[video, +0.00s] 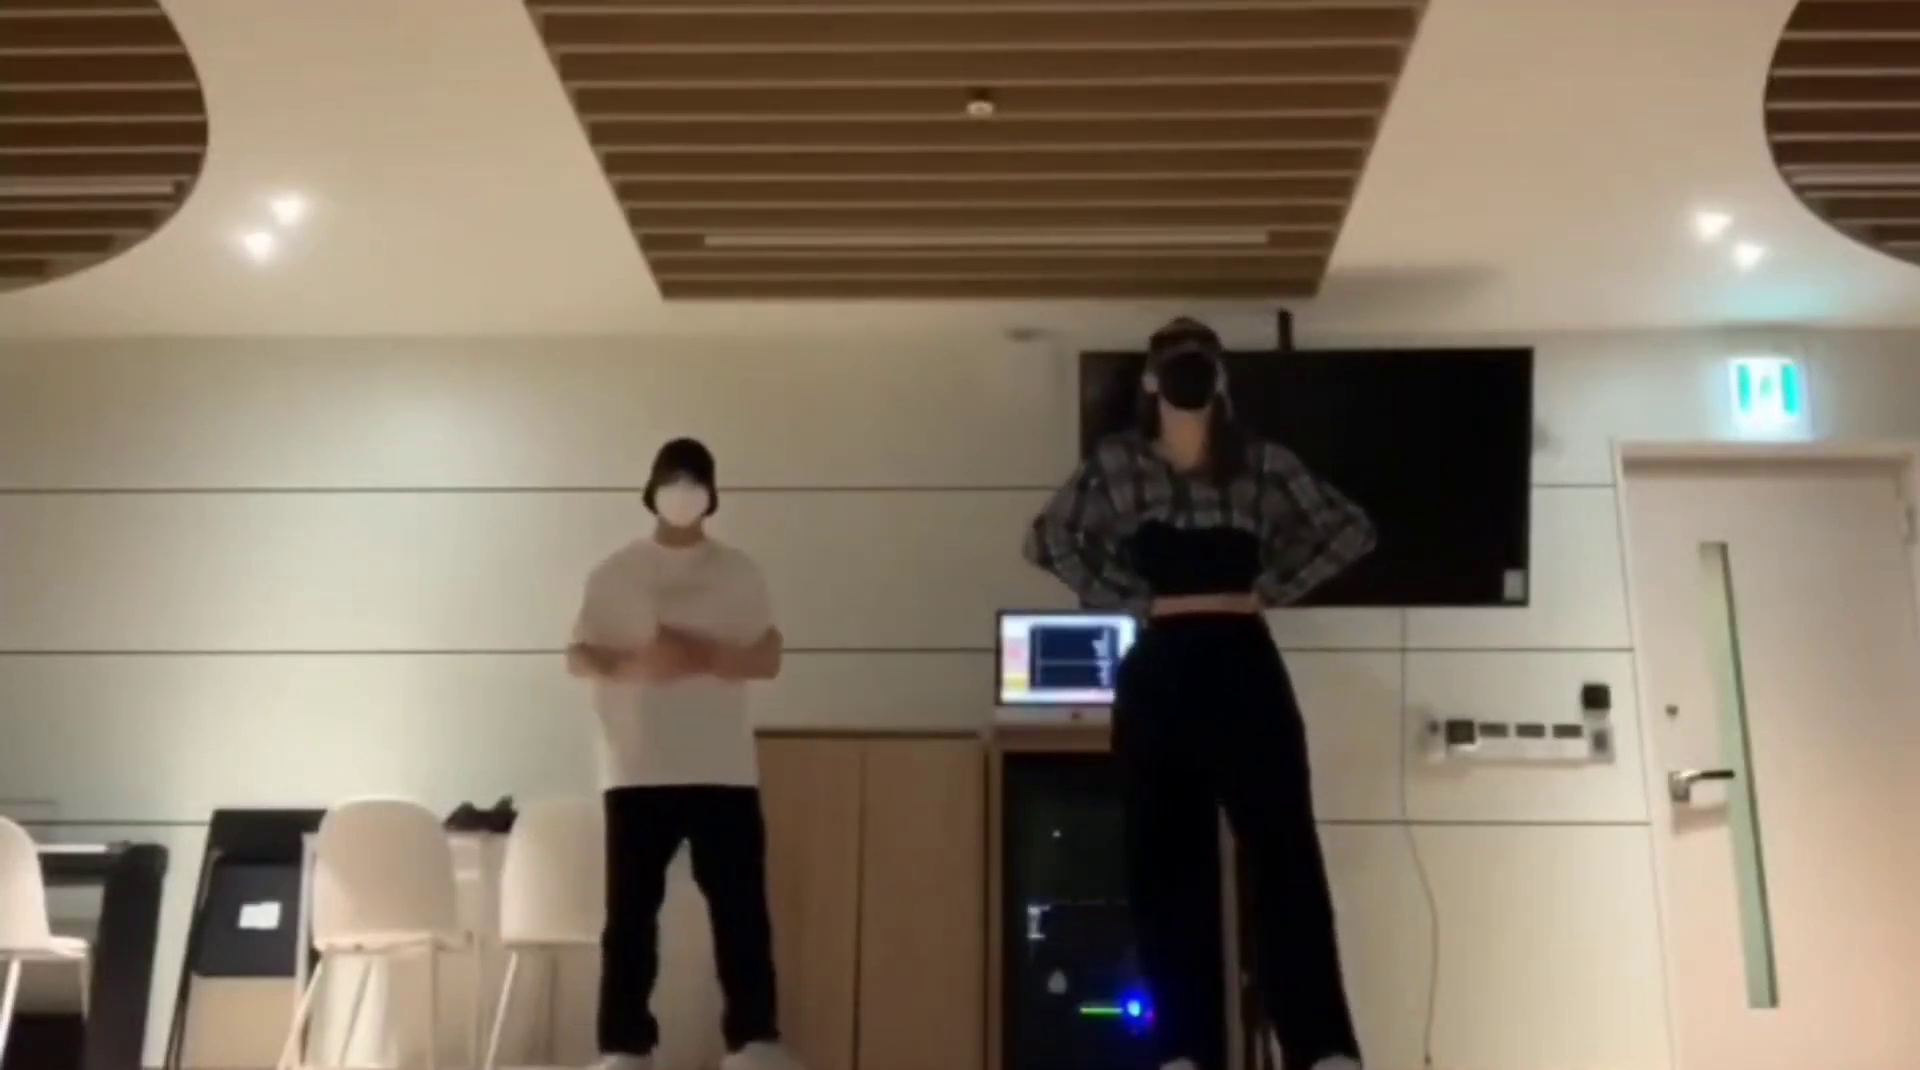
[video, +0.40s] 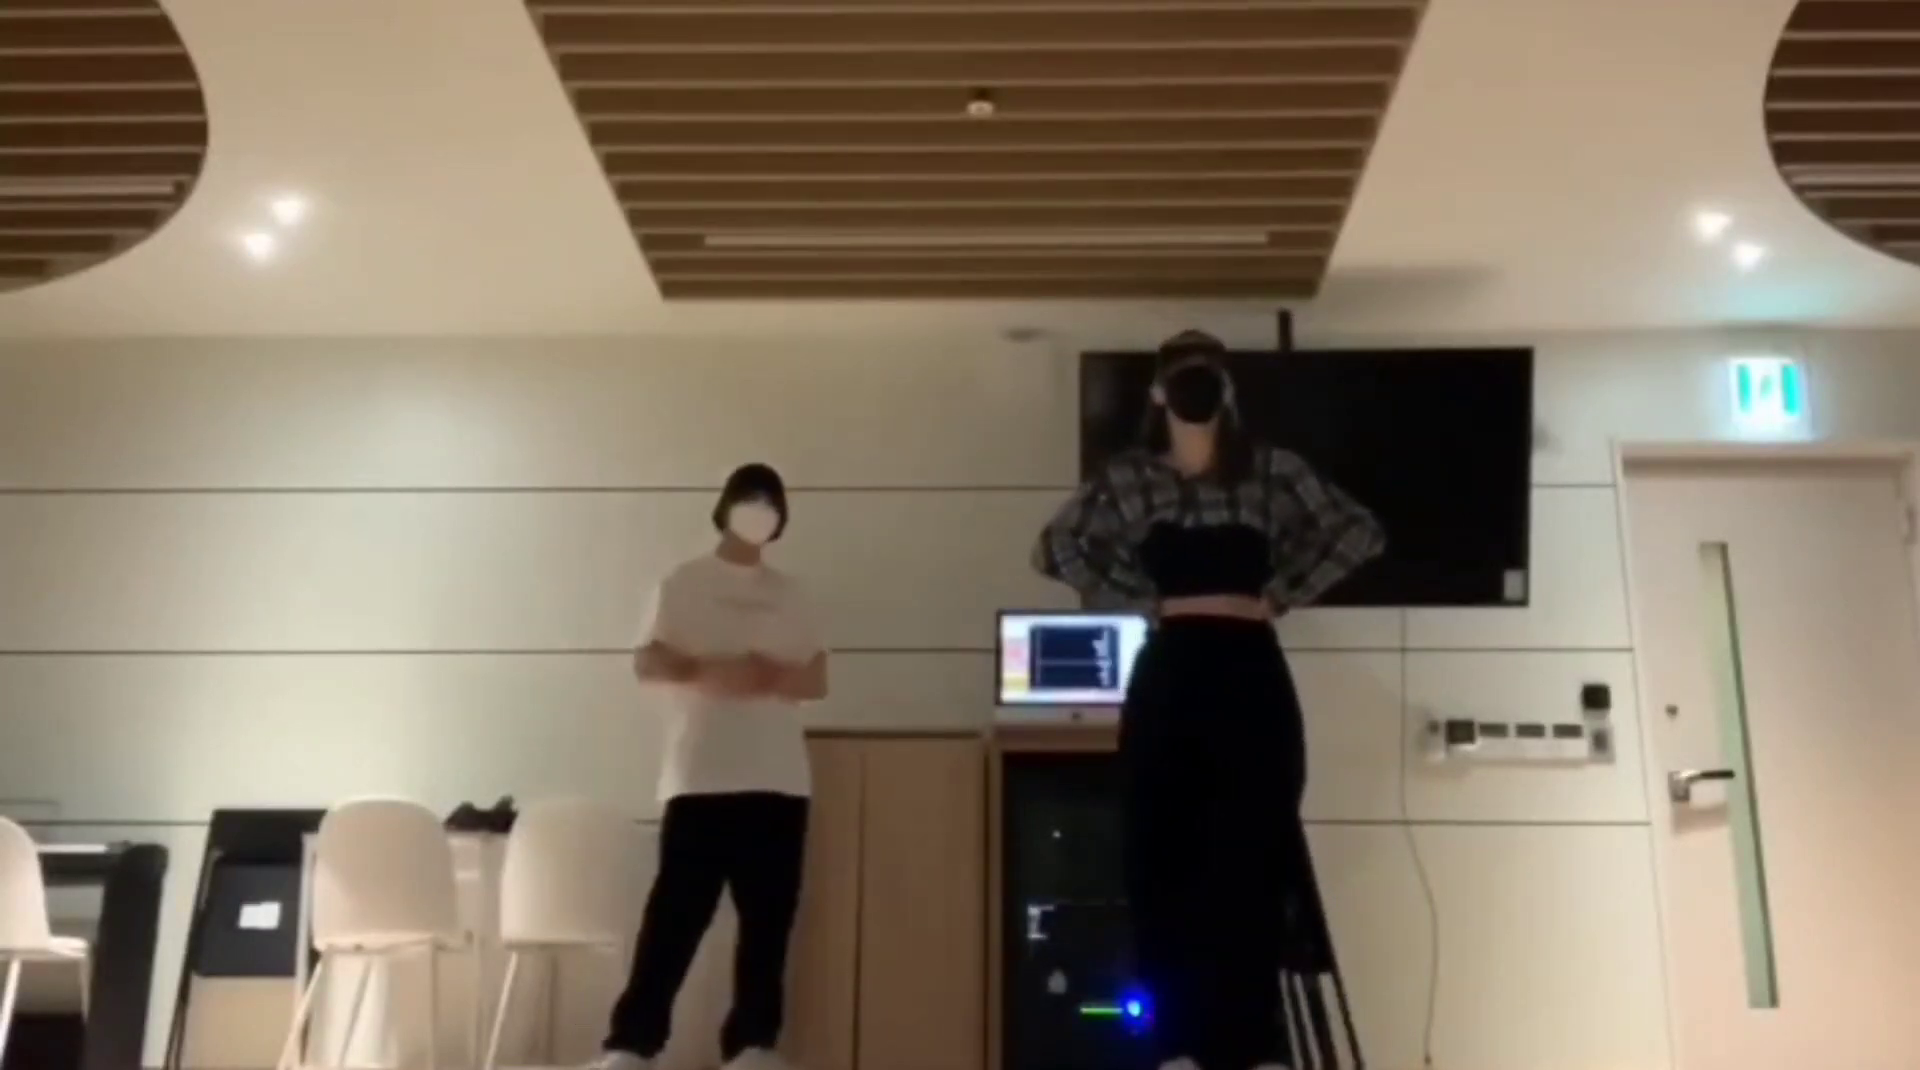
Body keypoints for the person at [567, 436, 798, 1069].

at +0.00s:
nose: (682, 494)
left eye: (694, 482)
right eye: (669, 482)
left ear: (712, 493)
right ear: (651, 492)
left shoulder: (737, 570)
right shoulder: (616, 573)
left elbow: (768, 659)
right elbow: (579, 656)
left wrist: (702, 652)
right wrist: (644, 662)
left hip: (723, 769)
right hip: (637, 771)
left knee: (742, 914)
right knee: (629, 919)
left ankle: (753, 1042)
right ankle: (624, 1047)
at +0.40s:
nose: (758, 514)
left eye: (770, 505)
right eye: (747, 501)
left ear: (781, 518)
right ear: (724, 509)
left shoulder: (792, 592)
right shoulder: (684, 583)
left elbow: (818, 681)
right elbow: (649, 663)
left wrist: (766, 674)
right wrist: (723, 672)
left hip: (776, 780)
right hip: (699, 778)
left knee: (768, 924)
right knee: (675, 917)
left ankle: (752, 1046)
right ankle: (630, 1045)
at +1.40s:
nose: (858, 507)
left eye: (870, 497)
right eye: (847, 495)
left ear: (882, 510)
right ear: (825, 504)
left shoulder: (884, 591)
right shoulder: (794, 580)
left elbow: (896, 688)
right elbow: (767, 674)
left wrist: (901, 774)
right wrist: (759, 762)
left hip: (870, 772)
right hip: (808, 769)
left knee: (816, 912)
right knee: (846, 913)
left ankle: (758, 1040)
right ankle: (876, 1043)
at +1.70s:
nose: (873, 498)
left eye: (884, 488)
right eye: (862, 485)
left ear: (897, 501)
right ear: (839, 493)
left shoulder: (888, 578)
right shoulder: (815, 566)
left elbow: (903, 677)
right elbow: (811, 658)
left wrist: (925, 757)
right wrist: (848, 747)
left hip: (902, 770)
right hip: (848, 770)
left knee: (896, 904)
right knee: (857, 914)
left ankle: (803, 1005)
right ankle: (876, 1044)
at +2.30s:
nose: (875, 493)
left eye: (887, 483)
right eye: (864, 480)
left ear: (903, 495)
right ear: (841, 490)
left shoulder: (920, 571)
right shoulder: (810, 568)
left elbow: (939, 665)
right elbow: (794, 675)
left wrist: (947, 734)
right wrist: (812, 754)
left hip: (916, 770)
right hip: (840, 775)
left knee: (945, 901)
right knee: (848, 922)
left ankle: (975, 1018)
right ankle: (876, 1045)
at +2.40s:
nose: (870, 493)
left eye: (882, 482)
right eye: (858, 480)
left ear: (898, 492)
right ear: (838, 490)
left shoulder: (922, 567)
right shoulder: (811, 567)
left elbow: (946, 660)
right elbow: (783, 662)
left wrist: (934, 730)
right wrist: (778, 750)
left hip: (903, 760)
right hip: (826, 763)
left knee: (904, 886)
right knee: (841, 903)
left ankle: (903, 1007)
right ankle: (862, 1037)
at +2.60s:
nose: (859, 489)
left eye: (872, 477)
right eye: (847, 476)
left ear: (890, 488)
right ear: (828, 485)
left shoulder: (921, 568)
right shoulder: (805, 566)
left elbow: (939, 658)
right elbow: (776, 658)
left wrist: (899, 729)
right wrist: (763, 737)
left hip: (887, 749)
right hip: (813, 748)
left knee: (857, 897)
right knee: (835, 899)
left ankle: (808, 1016)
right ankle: (875, 1037)